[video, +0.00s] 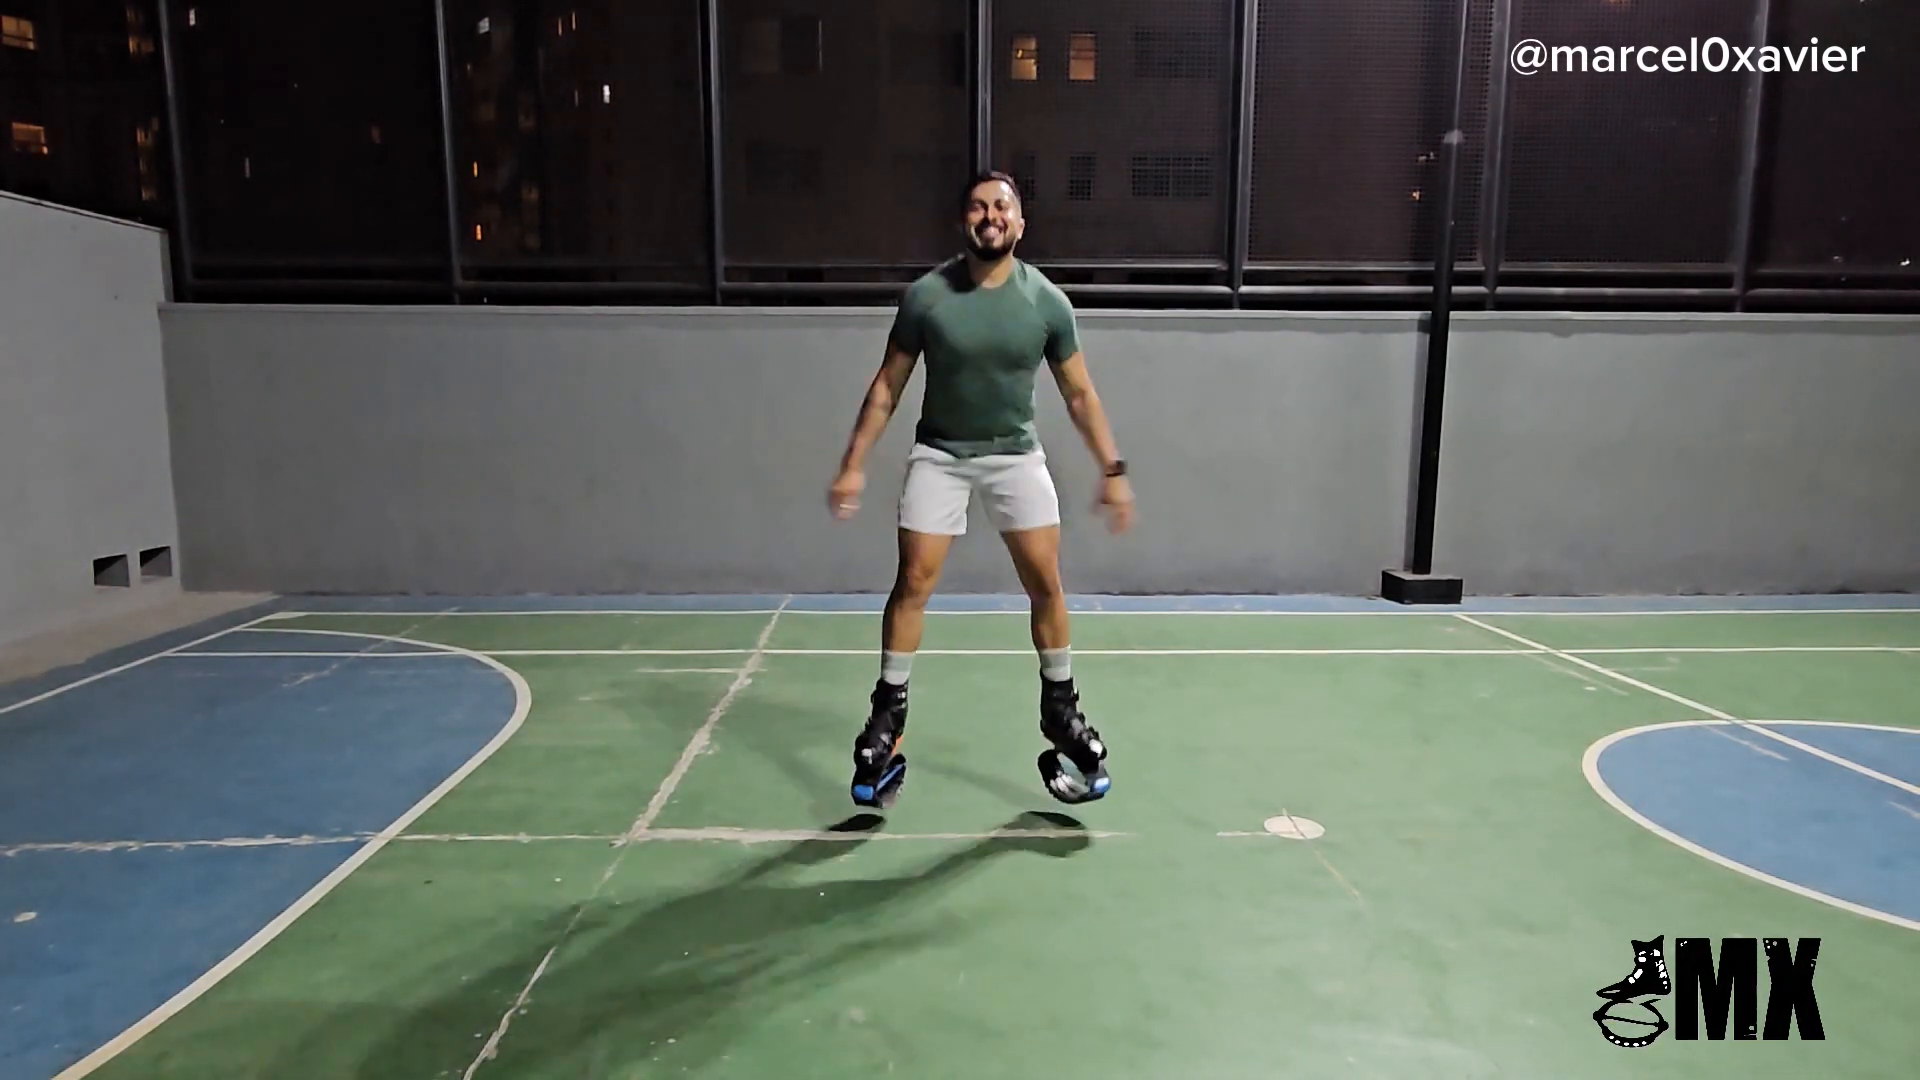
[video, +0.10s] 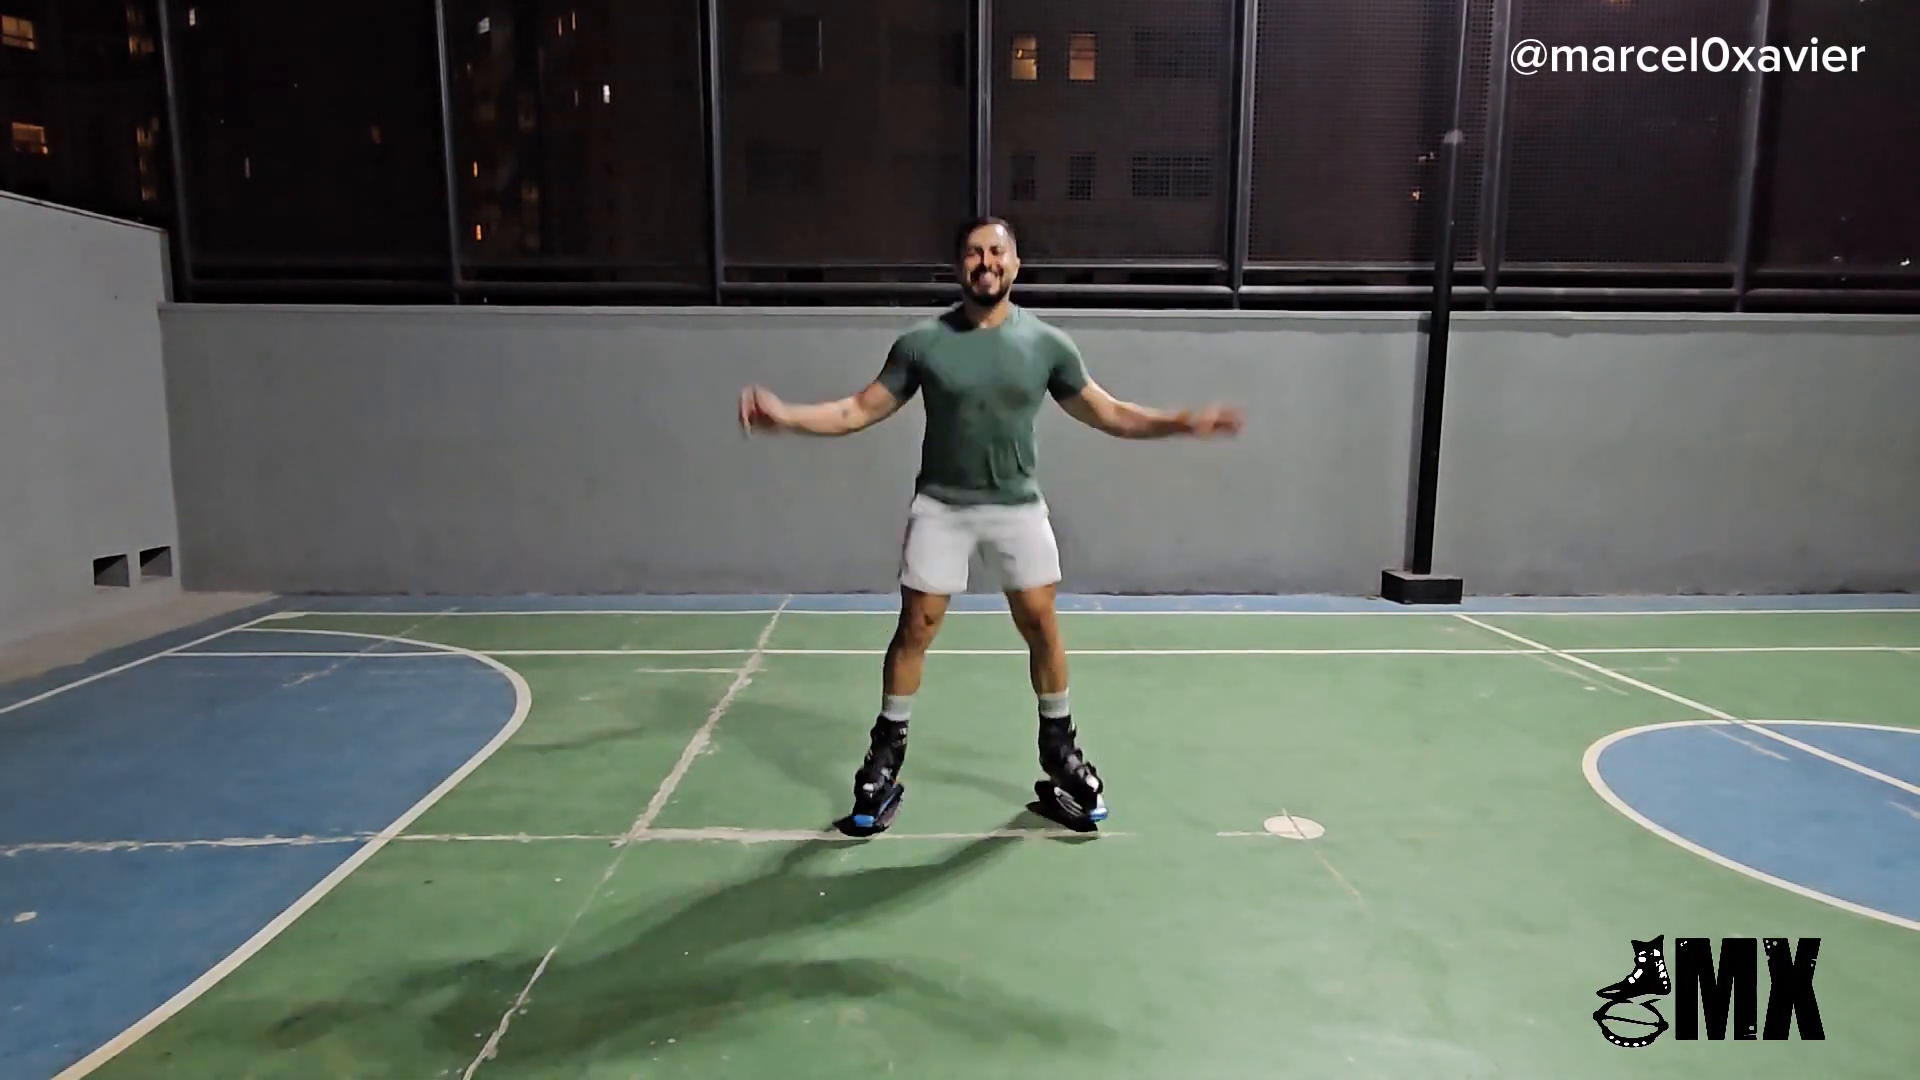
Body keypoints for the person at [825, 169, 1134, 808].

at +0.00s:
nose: (990, 215)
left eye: (1002, 206)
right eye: (979, 206)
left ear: (1021, 222)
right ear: (963, 221)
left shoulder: (1045, 301)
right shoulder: (927, 296)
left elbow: (1080, 393)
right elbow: (887, 387)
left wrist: (1112, 468)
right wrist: (853, 463)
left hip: (1016, 459)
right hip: (939, 459)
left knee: (1046, 582)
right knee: (914, 580)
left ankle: (1061, 709)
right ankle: (887, 713)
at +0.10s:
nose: (985, 262)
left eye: (996, 251)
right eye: (974, 253)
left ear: (1015, 267)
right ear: (960, 270)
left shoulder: (1046, 346)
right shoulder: (923, 346)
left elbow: (1112, 413)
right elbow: (859, 410)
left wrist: (1186, 423)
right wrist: (784, 415)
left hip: (1018, 508)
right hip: (940, 507)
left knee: (1042, 625)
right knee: (917, 626)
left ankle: (1061, 759)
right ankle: (884, 763)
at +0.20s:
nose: (984, 244)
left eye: (995, 234)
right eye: (972, 235)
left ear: (1014, 250)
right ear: (957, 251)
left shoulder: (1045, 326)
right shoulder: (920, 327)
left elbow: (1117, 390)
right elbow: (857, 394)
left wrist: (1194, 372)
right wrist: (785, 370)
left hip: (1020, 499)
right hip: (942, 499)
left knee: (1037, 616)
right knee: (920, 618)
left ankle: (1059, 752)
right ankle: (886, 760)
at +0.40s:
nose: (986, 191)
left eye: (997, 182)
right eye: (973, 183)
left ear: (1015, 200)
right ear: (956, 203)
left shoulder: (1049, 276)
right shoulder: (921, 277)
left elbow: (1079, 362)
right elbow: (904, 377)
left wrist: (1057, 417)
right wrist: (914, 457)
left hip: (1020, 444)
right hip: (943, 445)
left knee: (1028, 571)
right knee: (937, 571)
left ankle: (1033, 708)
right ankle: (923, 714)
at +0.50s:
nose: (990, 224)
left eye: (998, 213)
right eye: (976, 215)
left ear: (1014, 227)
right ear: (957, 232)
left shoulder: (1048, 306)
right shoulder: (924, 308)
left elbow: (1049, 390)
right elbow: (926, 401)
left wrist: (959, 390)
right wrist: (1014, 433)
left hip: (1020, 471)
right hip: (948, 472)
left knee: (1017, 601)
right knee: (950, 604)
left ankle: (1013, 738)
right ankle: (945, 744)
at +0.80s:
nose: (985, 181)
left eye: (997, 169)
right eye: (972, 171)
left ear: (1019, 183)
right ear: (956, 187)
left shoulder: (1055, 264)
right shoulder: (922, 264)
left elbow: (1088, 354)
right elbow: (888, 358)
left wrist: (1093, 408)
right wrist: (890, 441)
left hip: (1025, 449)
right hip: (945, 450)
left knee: (1032, 584)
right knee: (939, 580)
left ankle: (1034, 718)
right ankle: (927, 724)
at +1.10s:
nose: (994, 244)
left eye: (1006, 233)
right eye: (982, 233)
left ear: (1024, 245)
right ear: (964, 248)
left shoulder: (1055, 327)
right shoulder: (925, 332)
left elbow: (1119, 396)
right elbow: (851, 399)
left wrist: (1211, 393)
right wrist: (766, 379)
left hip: (1033, 514)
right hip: (950, 515)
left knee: (1059, 644)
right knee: (920, 644)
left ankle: (1089, 780)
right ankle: (878, 785)